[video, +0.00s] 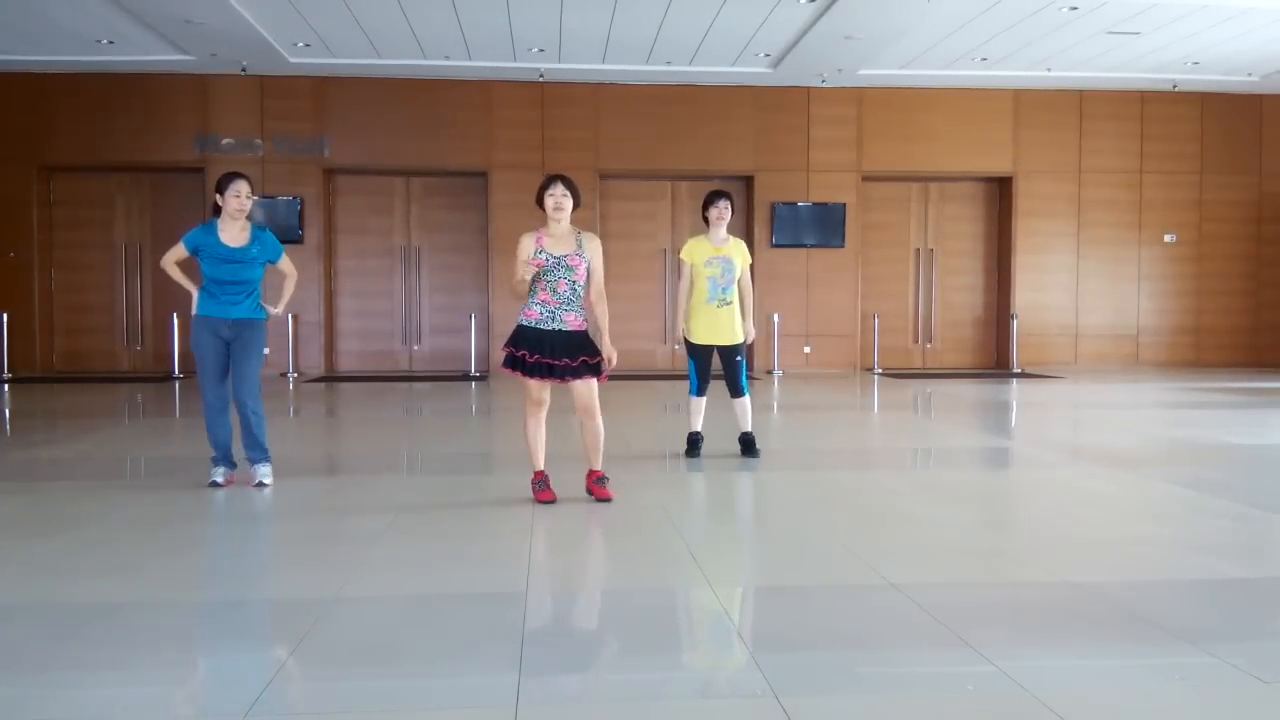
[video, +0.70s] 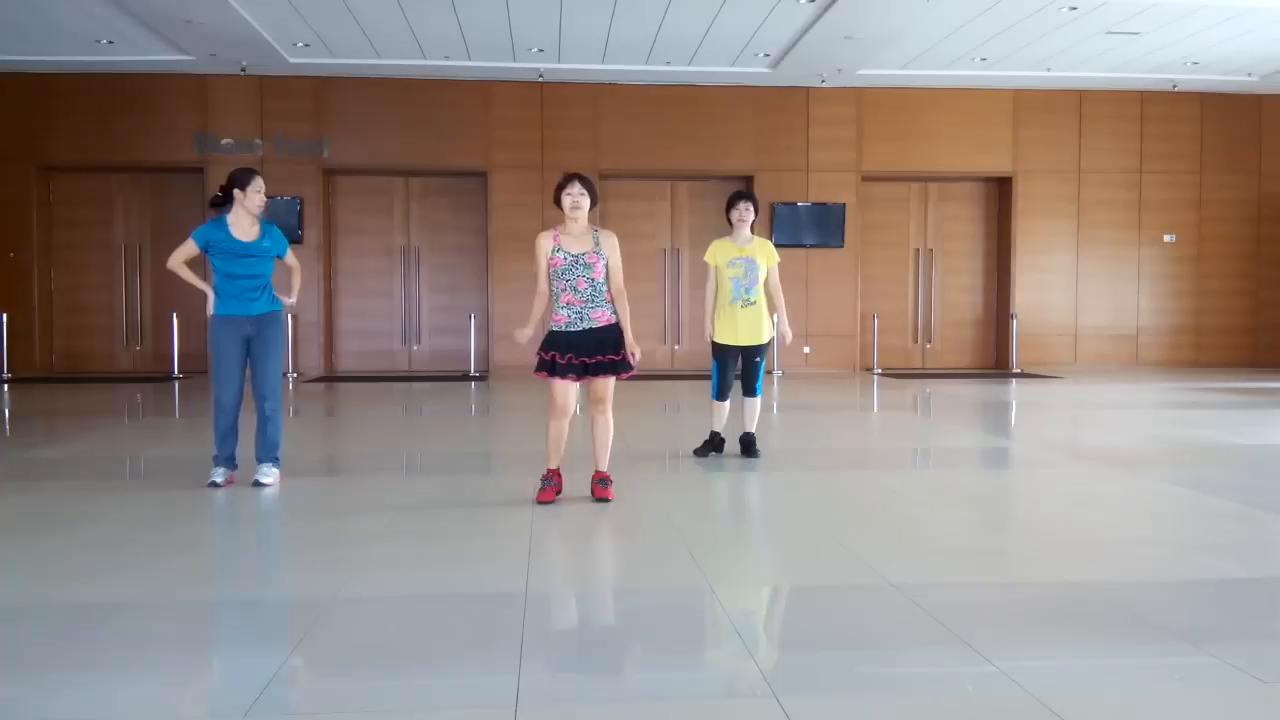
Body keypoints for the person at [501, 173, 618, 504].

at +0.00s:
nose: (558, 201)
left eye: (564, 196)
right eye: (551, 196)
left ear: (574, 203)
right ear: (542, 203)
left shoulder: (590, 242)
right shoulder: (529, 241)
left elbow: (597, 295)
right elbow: (519, 292)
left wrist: (605, 339)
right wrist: (524, 279)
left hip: (577, 335)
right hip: (536, 334)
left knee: (590, 409)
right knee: (537, 405)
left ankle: (596, 475)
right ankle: (540, 476)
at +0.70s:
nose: (575, 199)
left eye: (581, 194)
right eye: (569, 194)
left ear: (591, 201)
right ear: (559, 201)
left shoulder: (607, 239)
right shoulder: (546, 240)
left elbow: (618, 291)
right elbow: (542, 290)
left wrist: (628, 335)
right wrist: (531, 325)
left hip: (604, 334)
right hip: (563, 336)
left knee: (601, 405)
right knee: (561, 409)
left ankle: (602, 475)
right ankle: (552, 475)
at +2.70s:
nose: (583, 205)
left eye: (589, 199)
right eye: (577, 199)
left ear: (598, 205)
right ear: (567, 205)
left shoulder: (611, 246)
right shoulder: (552, 243)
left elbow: (623, 295)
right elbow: (542, 294)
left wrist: (636, 342)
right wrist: (547, 341)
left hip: (611, 336)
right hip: (571, 339)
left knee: (607, 407)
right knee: (576, 411)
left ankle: (605, 476)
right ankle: (550, 475)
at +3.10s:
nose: (572, 200)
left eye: (578, 194)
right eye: (565, 194)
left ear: (587, 201)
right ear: (555, 200)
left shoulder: (596, 243)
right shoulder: (542, 236)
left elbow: (605, 297)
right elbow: (502, 265)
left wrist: (619, 342)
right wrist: (532, 292)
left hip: (591, 334)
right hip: (555, 334)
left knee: (596, 403)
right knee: (559, 403)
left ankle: (589, 477)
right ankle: (548, 477)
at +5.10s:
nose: (562, 201)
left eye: (568, 197)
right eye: (556, 197)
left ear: (578, 204)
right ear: (546, 204)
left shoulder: (590, 246)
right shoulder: (530, 239)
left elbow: (597, 301)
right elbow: (496, 264)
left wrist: (603, 346)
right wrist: (520, 283)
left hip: (574, 337)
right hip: (534, 335)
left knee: (585, 409)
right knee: (537, 405)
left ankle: (595, 476)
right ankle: (543, 477)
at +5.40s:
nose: (559, 203)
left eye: (566, 199)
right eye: (554, 199)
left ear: (576, 206)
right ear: (544, 205)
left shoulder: (590, 245)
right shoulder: (531, 244)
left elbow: (597, 299)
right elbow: (518, 273)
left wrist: (593, 346)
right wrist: (523, 287)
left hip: (573, 338)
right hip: (534, 336)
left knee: (577, 414)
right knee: (538, 405)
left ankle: (587, 472)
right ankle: (542, 475)